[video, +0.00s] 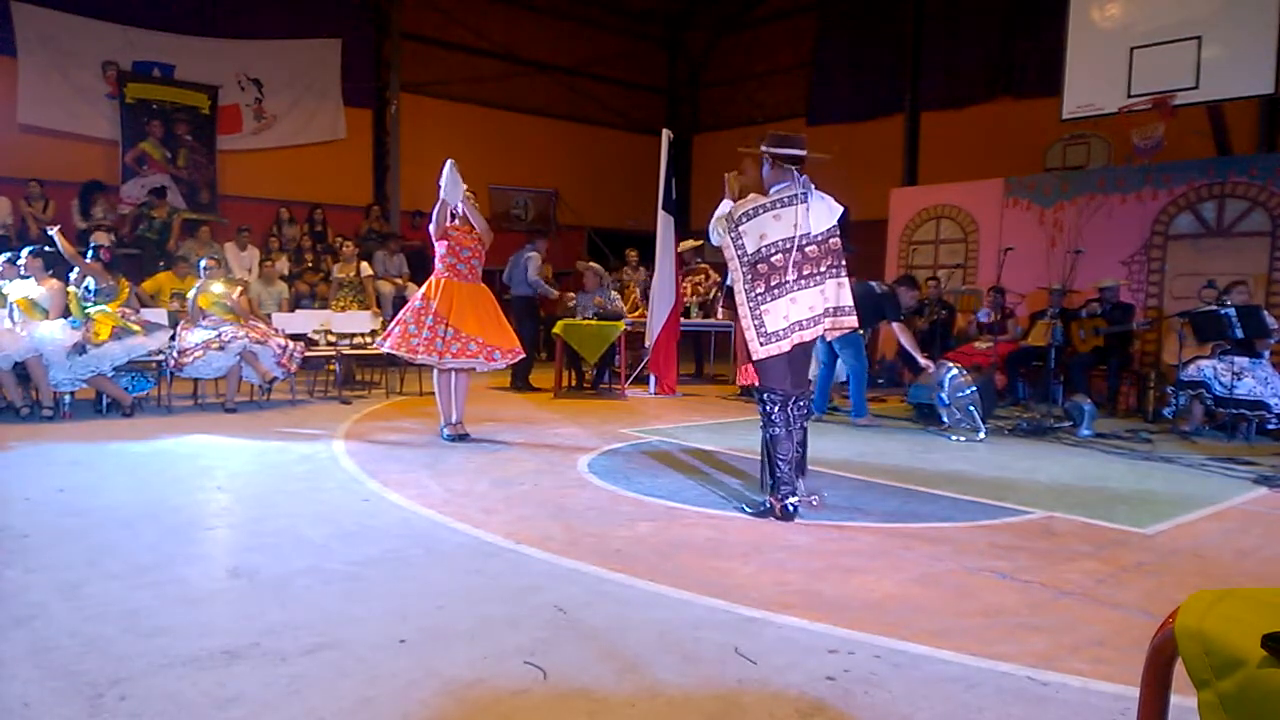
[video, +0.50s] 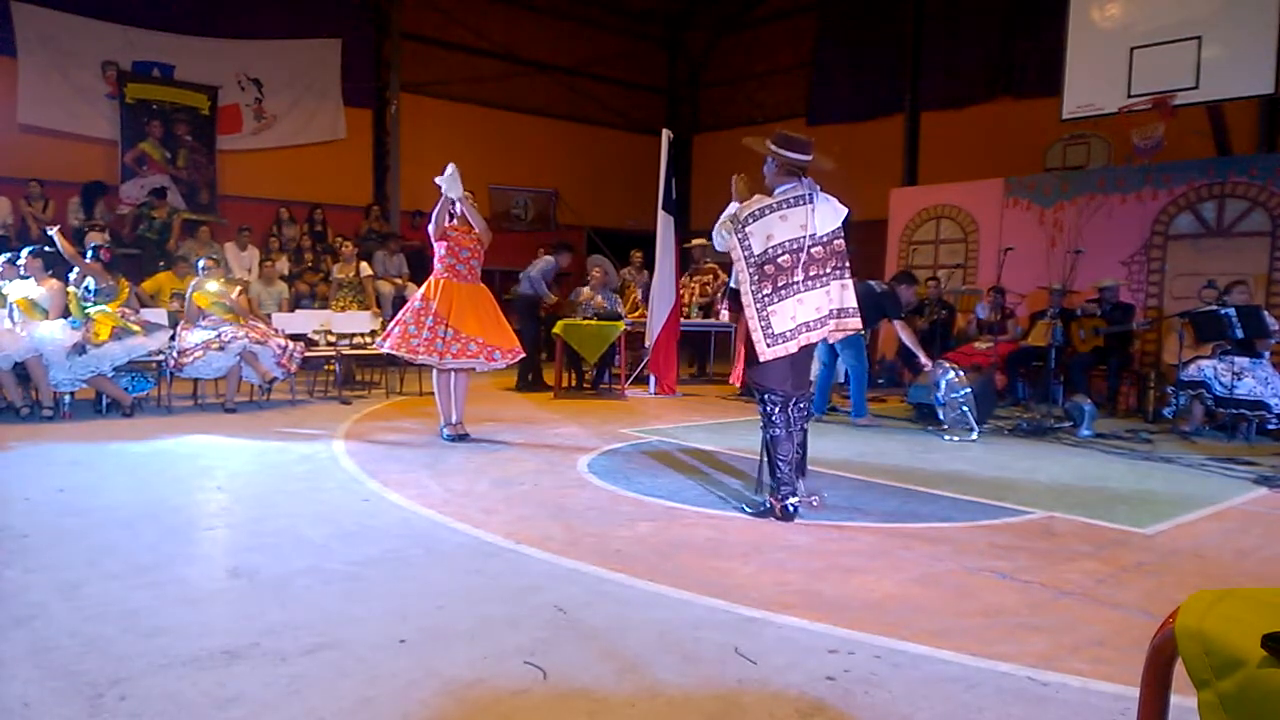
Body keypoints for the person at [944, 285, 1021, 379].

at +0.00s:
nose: (991, 299)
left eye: (995, 297)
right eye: (989, 296)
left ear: (1002, 300)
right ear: (986, 298)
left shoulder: (1008, 313)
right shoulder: (982, 314)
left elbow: (1012, 336)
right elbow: (973, 336)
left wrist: (993, 339)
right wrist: (972, 325)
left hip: (1003, 345)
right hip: (984, 344)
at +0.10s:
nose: (992, 300)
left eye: (996, 297)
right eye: (990, 297)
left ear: (1002, 299)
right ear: (987, 298)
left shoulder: (1008, 313)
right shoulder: (981, 312)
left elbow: (1012, 335)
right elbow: (973, 334)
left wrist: (993, 339)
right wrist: (972, 323)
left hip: (1003, 343)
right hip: (984, 343)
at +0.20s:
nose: (992, 300)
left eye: (995, 297)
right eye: (989, 296)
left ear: (1001, 299)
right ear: (985, 298)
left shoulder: (1008, 313)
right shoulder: (980, 313)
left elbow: (1012, 335)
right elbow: (973, 335)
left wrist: (993, 339)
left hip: (1003, 344)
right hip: (984, 344)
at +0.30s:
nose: (991, 300)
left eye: (995, 297)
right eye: (989, 296)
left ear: (1001, 300)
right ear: (985, 298)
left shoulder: (1008, 313)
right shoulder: (980, 313)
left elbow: (1012, 335)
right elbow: (972, 335)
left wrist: (993, 339)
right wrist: (971, 324)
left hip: (1002, 344)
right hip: (983, 344)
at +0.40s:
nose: (992, 300)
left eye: (996, 297)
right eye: (989, 296)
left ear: (1002, 300)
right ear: (985, 298)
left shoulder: (1008, 313)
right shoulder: (979, 313)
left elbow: (1013, 335)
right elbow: (972, 335)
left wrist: (994, 339)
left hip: (1003, 344)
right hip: (983, 345)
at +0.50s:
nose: (992, 300)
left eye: (996, 297)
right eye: (990, 296)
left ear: (1002, 299)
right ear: (986, 298)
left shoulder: (1008, 314)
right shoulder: (981, 313)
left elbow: (1012, 335)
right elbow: (973, 334)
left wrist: (994, 339)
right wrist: (971, 324)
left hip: (1002, 344)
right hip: (983, 343)